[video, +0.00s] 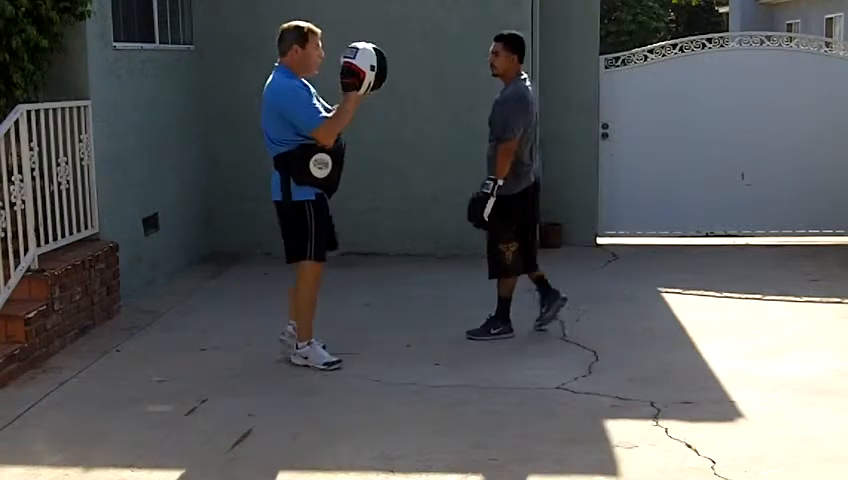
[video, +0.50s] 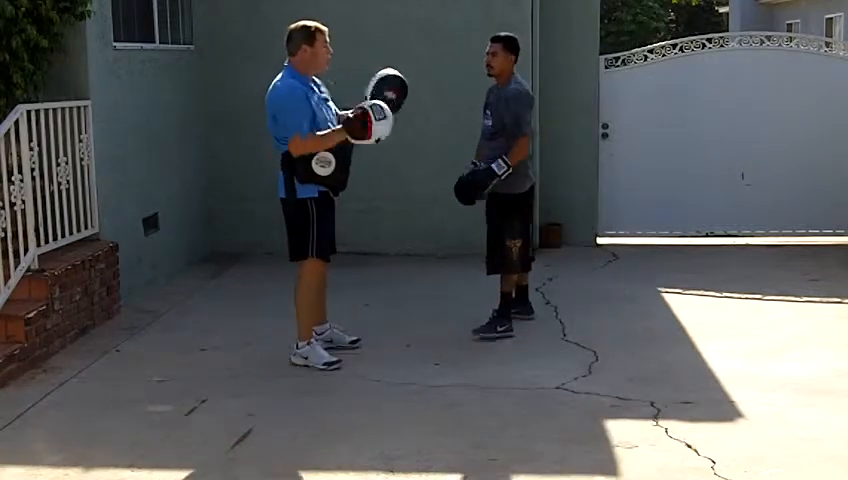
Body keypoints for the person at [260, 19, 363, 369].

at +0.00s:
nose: (323, 54)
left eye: (321, 47)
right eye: (318, 47)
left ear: (294, 52)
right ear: (296, 51)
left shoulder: (292, 83)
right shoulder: (287, 89)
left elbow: (330, 123)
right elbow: (326, 136)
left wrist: (353, 96)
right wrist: (351, 97)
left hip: (302, 189)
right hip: (297, 192)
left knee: (309, 262)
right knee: (312, 265)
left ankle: (295, 330)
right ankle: (305, 345)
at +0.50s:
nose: (330, 51)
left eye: (329, 45)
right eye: (325, 45)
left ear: (306, 51)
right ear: (305, 51)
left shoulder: (309, 82)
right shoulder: (288, 89)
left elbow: (328, 119)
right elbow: (298, 145)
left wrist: (357, 116)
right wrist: (344, 132)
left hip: (318, 186)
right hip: (301, 190)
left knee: (321, 260)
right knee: (311, 262)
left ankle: (320, 329)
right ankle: (304, 345)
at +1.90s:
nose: (342, 54)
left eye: (341, 48)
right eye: (338, 48)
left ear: (311, 53)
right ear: (320, 50)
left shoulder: (286, 86)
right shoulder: (326, 83)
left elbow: (275, 139)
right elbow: (357, 127)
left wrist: (310, 155)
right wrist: (389, 136)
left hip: (301, 187)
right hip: (322, 189)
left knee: (313, 261)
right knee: (320, 262)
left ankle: (320, 329)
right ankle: (305, 344)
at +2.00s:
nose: (343, 53)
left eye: (342, 47)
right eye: (339, 47)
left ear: (314, 52)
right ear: (319, 50)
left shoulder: (291, 85)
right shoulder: (323, 85)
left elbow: (282, 140)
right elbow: (346, 135)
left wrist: (325, 147)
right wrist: (381, 155)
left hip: (305, 187)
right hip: (320, 190)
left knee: (317, 260)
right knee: (318, 262)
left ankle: (320, 329)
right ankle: (305, 345)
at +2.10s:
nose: (343, 54)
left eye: (342, 48)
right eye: (339, 48)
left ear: (315, 52)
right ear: (320, 51)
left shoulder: (296, 83)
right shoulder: (317, 86)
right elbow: (332, 138)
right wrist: (368, 168)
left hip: (310, 187)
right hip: (317, 190)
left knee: (318, 260)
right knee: (317, 262)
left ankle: (320, 329)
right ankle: (304, 345)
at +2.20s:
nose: (344, 55)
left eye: (343, 48)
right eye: (339, 48)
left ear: (318, 52)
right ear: (319, 51)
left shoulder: (310, 83)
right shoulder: (310, 87)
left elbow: (322, 138)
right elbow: (318, 142)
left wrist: (350, 165)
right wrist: (353, 176)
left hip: (319, 186)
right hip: (312, 189)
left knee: (319, 260)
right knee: (315, 262)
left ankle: (319, 329)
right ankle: (304, 345)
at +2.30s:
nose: (343, 56)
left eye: (342, 50)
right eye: (338, 49)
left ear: (318, 53)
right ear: (318, 52)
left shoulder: (314, 84)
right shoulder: (303, 88)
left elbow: (324, 136)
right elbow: (307, 144)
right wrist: (340, 179)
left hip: (320, 187)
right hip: (310, 190)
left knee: (321, 260)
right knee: (314, 262)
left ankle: (318, 329)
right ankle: (305, 344)